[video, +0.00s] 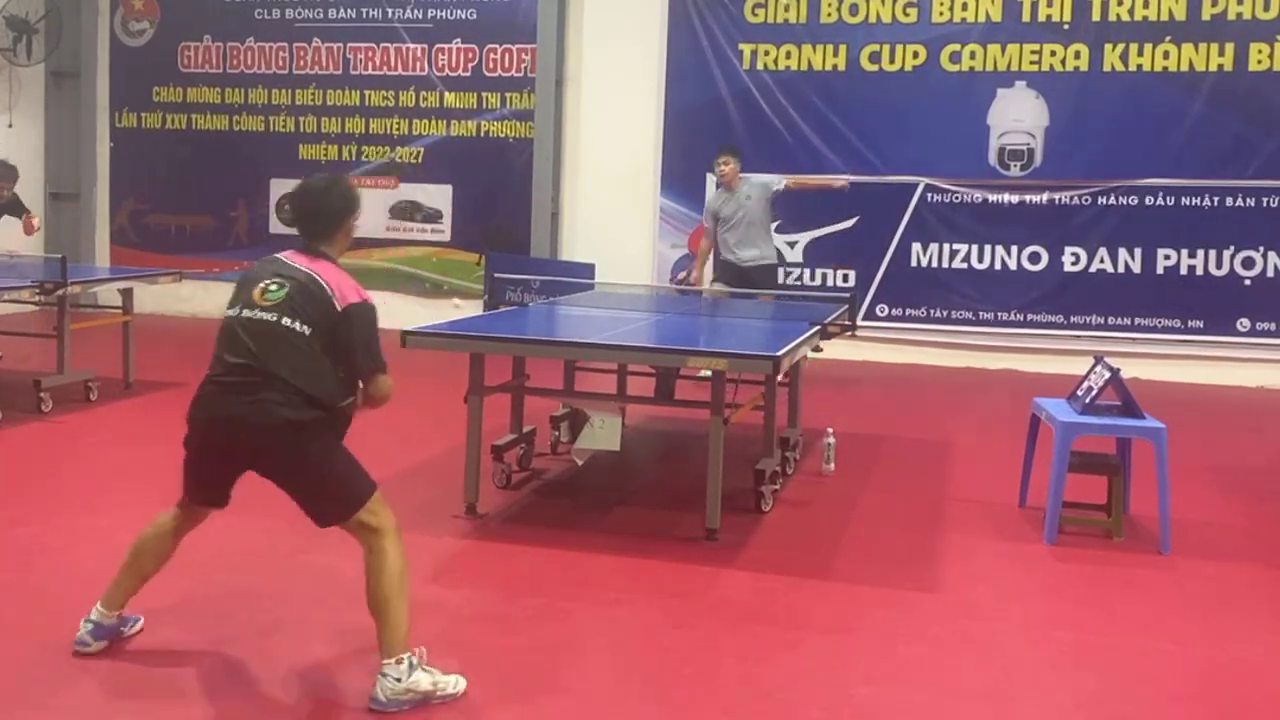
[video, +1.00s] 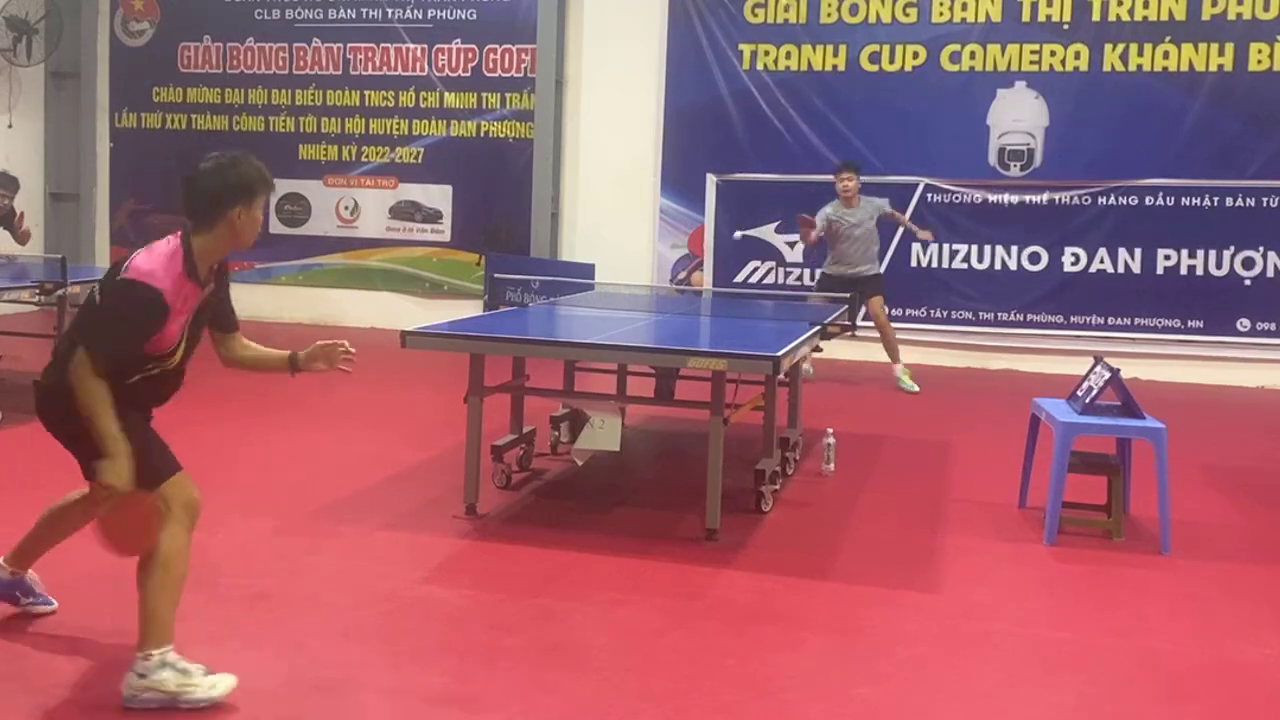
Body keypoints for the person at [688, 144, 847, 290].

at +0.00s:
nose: (721, 169)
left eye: (726, 164)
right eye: (718, 166)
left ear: (738, 166)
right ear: (715, 171)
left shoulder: (761, 185)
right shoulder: (713, 202)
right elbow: (707, 239)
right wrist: (697, 270)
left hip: (762, 264)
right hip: (729, 265)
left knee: (766, 315)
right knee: (711, 306)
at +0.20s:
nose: (722, 198)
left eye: (726, 193)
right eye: (718, 194)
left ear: (738, 195)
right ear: (716, 198)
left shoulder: (755, 219)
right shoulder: (709, 225)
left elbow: (774, 239)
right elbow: (686, 247)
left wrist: (786, 259)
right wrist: (671, 263)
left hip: (754, 289)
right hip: (721, 291)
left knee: (763, 331)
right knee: (718, 337)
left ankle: (760, 373)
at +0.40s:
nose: (749, 214)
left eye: (754, 209)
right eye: (746, 209)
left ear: (764, 212)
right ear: (741, 212)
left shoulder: (776, 235)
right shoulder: (729, 237)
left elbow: (783, 257)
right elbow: (714, 264)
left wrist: (777, 268)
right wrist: (719, 291)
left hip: (769, 295)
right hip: (735, 296)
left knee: (800, 319)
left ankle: (809, 364)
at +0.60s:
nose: (798, 208)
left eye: (803, 203)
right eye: (795, 203)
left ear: (812, 204)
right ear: (789, 204)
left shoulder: (824, 221)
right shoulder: (779, 230)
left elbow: (832, 242)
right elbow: (769, 265)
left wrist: (842, 259)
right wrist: (800, 271)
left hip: (812, 284)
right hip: (780, 287)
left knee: (832, 319)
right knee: (777, 325)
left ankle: (820, 364)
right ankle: (786, 362)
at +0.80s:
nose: (822, 183)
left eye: (826, 178)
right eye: (817, 179)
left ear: (834, 181)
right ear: (811, 184)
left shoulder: (851, 200)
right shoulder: (809, 211)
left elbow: (869, 215)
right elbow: (796, 228)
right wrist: (785, 225)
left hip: (843, 274)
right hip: (813, 274)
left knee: (841, 323)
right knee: (797, 315)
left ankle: (822, 363)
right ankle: (793, 357)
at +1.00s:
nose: (845, 185)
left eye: (850, 180)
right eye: (841, 181)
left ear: (859, 183)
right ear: (835, 185)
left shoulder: (874, 205)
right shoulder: (828, 213)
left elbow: (895, 216)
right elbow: (812, 239)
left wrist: (917, 231)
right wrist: (807, 236)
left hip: (868, 274)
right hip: (834, 275)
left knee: (879, 317)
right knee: (811, 316)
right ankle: (804, 360)